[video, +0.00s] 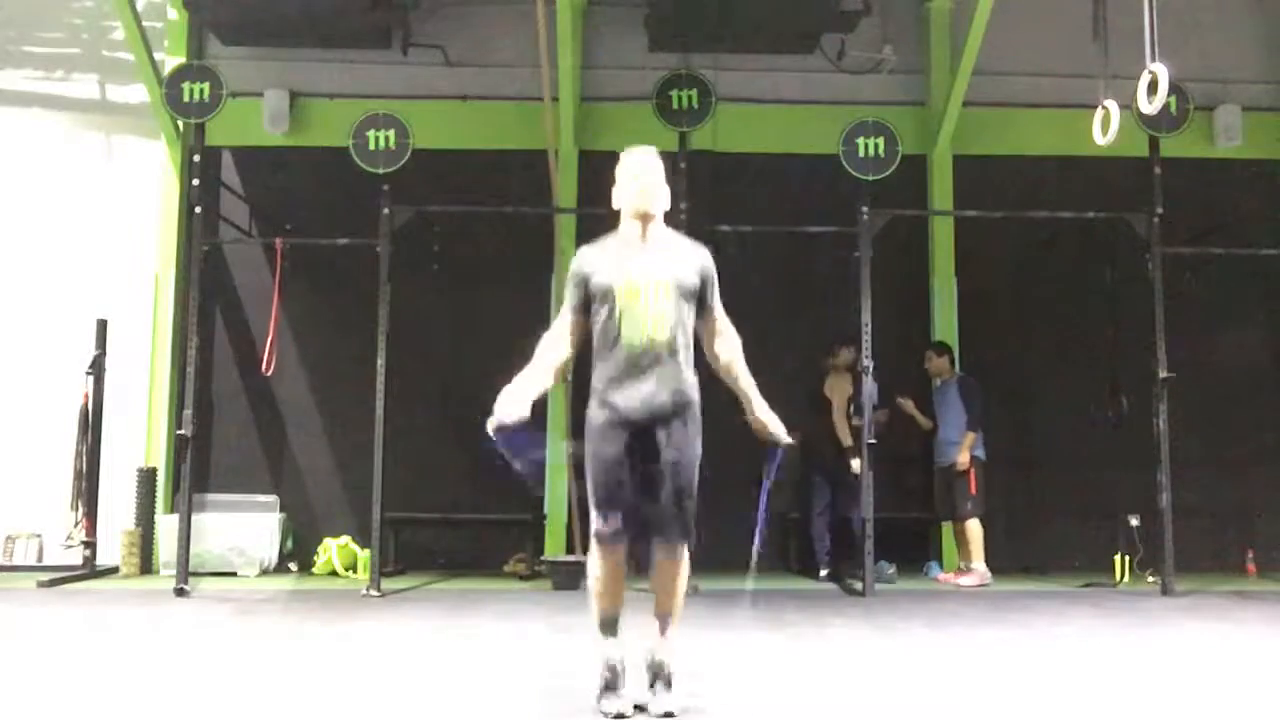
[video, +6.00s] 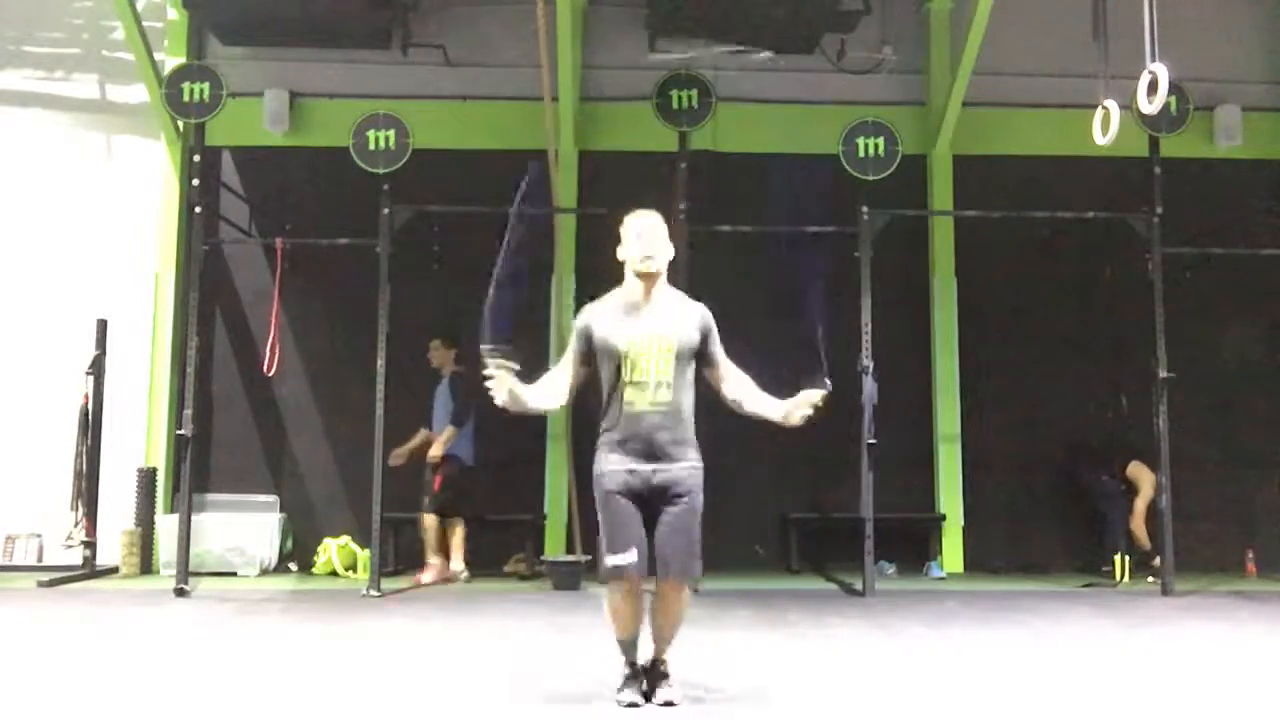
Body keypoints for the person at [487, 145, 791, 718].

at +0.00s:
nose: (644, 191)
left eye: (652, 181)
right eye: (634, 181)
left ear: (666, 190)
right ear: (616, 191)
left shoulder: (695, 259)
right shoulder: (590, 260)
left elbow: (720, 340)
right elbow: (563, 339)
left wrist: (756, 405)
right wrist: (521, 392)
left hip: (675, 410)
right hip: (610, 410)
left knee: (672, 533)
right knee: (608, 532)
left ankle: (662, 654)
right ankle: (608, 654)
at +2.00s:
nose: (642, 201)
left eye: (650, 191)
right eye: (632, 191)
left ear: (663, 202)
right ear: (612, 202)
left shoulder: (685, 269)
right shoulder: (582, 269)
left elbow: (704, 339)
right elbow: (554, 338)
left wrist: (752, 378)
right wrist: (496, 360)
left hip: (670, 421)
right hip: (603, 422)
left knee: (661, 546)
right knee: (606, 542)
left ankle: (644, 663)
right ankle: (604, 653)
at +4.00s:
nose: (648, 154)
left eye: (655, 147)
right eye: (637, 146)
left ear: (670, 159)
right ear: (619, 158)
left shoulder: (696, 224)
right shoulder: (593, 228)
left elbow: (727, 293)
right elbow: (571, 296)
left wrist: (764, 350)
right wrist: (544, 344)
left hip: (678, 364)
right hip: (616, 366)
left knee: (676, 477)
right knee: (618, 475)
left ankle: (662, 595)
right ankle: (623, 595)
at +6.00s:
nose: (648, 248)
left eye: (656, 239)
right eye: (638, 238)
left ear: (670, 248)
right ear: (621, 249)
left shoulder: (695, 315)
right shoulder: (594, 317)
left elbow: (728, 380)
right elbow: (561, 384)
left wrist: (781, 409)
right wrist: (521, 394)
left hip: (680, 461)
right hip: (617, 460)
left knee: (676, 573)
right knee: (625, 570)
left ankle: (659, 666)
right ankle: (630, 668)